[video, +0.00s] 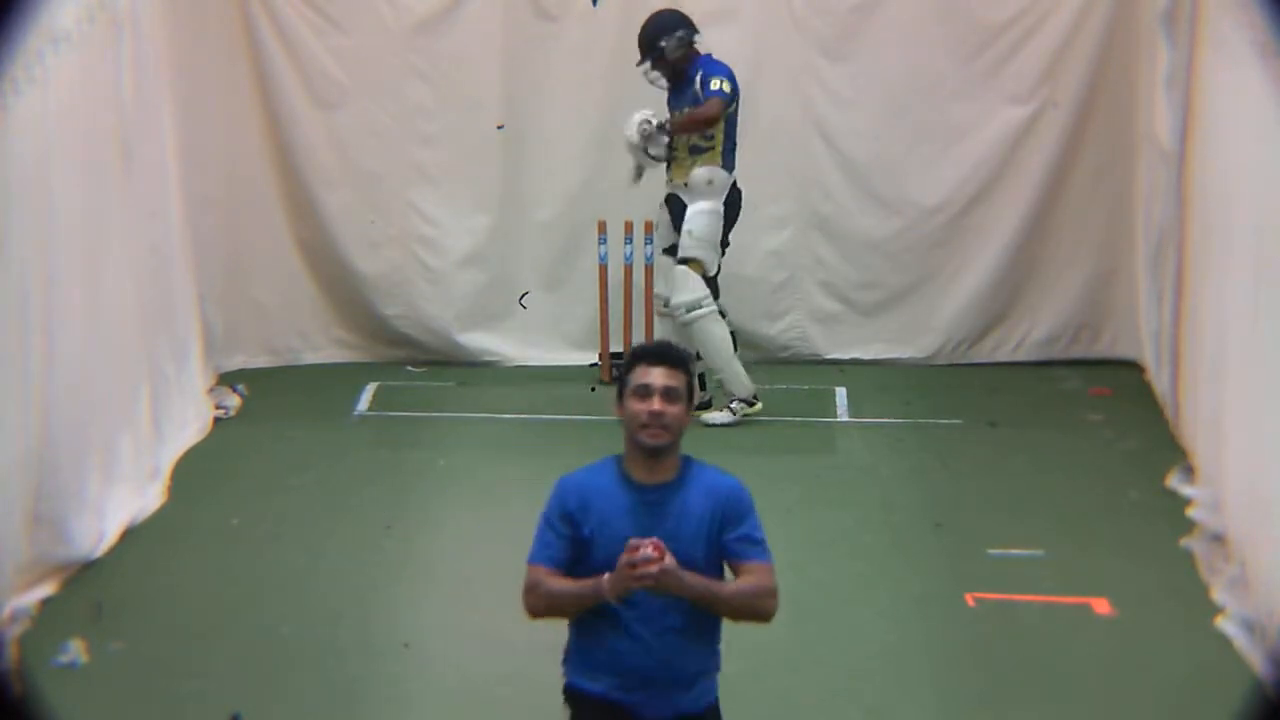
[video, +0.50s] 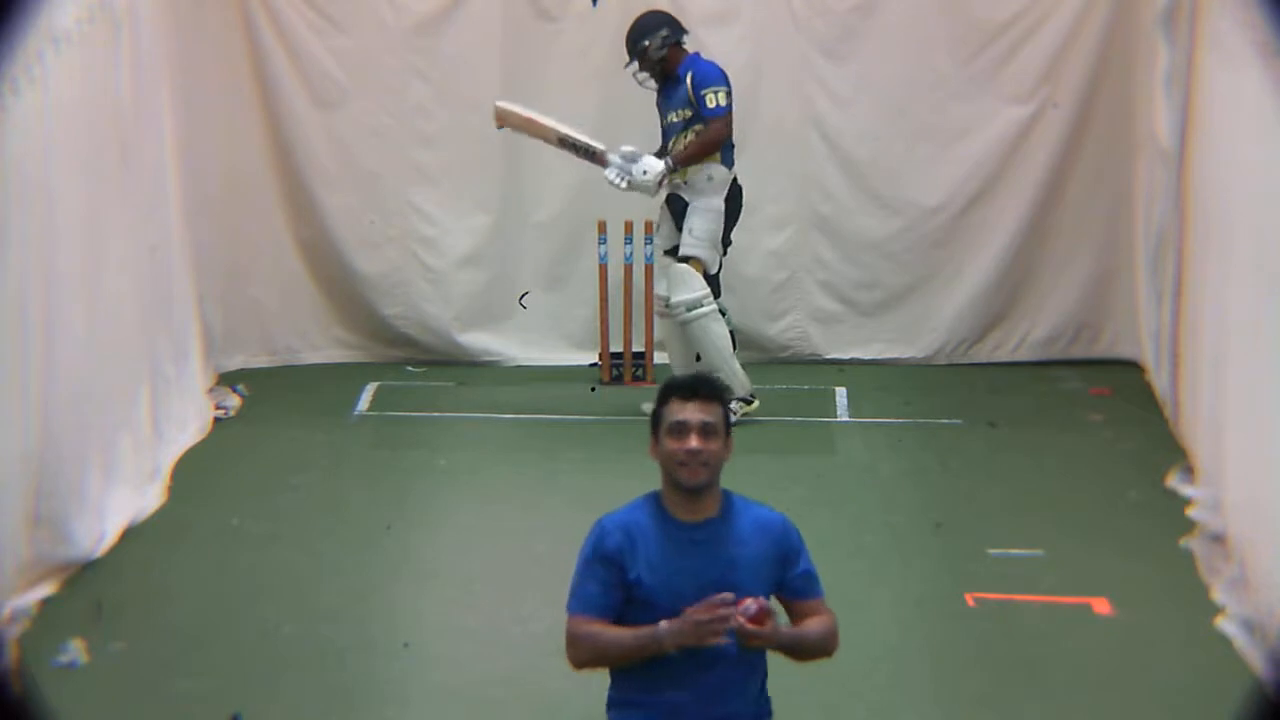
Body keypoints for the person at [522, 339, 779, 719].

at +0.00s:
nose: (655, 407)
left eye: (670, 396)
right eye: (642, 394)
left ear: (689, 412)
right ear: (620, 407)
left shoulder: (723, 495)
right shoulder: (577, 492)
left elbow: (763, 600)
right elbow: (537, 597)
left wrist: (679, 582)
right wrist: (611, 585)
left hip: (689, 701)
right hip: (600, 700)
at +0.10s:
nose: (662, 427)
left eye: (676, 415)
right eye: (648, 414)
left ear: (695, 432)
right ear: (626, 428)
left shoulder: (732, 515)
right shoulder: (586, 514)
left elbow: (771, 622)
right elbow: (547, 624)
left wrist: (680, 604)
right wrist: (615, 605)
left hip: (702, 709)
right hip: (609, 709)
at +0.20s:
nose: (663, 446)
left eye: (678, 434)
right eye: (650, 433)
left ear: (697, 449)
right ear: (627, 447)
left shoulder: (739, 534)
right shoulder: (589, 537)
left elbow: (780, 643)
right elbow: (557, 652)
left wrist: (696, 632)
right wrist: (612, 636)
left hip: (712, 712)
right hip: (615, 713)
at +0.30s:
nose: (666, 450)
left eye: (680, 437)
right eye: (651, 437)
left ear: (699, 451)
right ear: (628, 451)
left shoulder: (746, 536)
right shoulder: (594, 544)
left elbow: (790, 643)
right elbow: (561, 657)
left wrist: (726, 641)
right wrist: (615, 648)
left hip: (719, 713)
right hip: (623, 713)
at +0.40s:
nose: (677, 441)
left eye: (691, 428)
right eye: (662, 428)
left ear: (711, 442)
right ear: (638, 443)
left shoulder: (758, 526)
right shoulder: (604, 534)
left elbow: (806, 631)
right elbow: (570, 645)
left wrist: (755, 633)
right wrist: (639, 635)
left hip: (730, 710)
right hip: (634, 711)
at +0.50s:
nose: (693, 446)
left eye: (708, 433)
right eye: (678, 432)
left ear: (728, 446)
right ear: (655, 446)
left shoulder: (771, 533)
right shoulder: (616, 536)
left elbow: (824, 634)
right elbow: (581, 647)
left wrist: (777, 637)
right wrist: (674, 633)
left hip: (742, 711)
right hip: (643, 712)